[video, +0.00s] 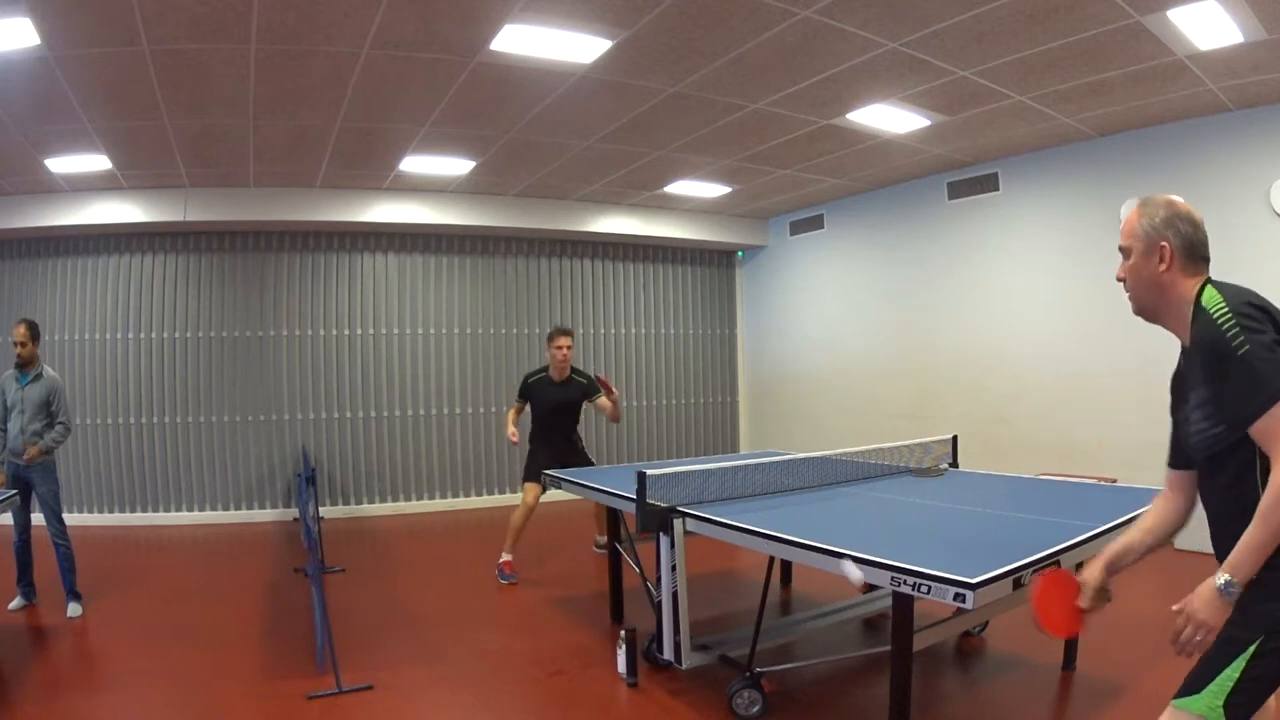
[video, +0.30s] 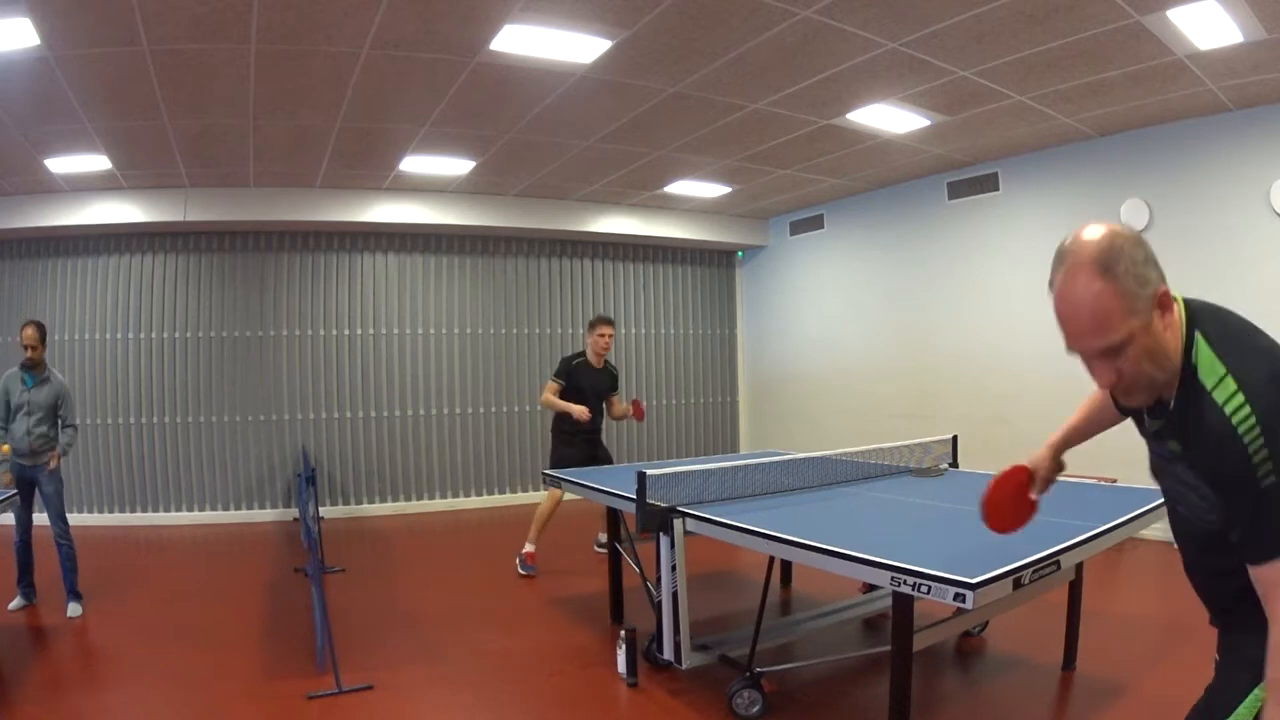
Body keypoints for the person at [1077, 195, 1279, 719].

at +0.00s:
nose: (1118, 273)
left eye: (1126, 255)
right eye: (1120, 257)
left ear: (1163, 257)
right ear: (1161, 260)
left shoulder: (1231, 329)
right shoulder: (1191, 359)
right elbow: (1177, 496)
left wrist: (1225, 586)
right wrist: (1106, 560)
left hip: (1275, 583)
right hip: (1259, 580)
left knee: (1188, 713)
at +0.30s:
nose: (1103, 379)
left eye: (1115, 351)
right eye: (1085, 358)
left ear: (1165, 311)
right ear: (1070, 338)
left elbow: (1279, 612)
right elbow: (1119, 396)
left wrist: (1273, 703)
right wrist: (1054, 447)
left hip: (1260, 635)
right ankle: (1233, 690)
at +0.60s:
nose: (1043, 409)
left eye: (1039, 392)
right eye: (1032, 396)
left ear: (1086, 357)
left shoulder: (1248, 436)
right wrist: (1191, 555)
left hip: (1267, 612)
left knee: (1228, 706)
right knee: (1233, 697)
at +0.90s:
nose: (1112, 288)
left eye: (1099, 270)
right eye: (1100, 273)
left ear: (1111, 258)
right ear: (1164, 219)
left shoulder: (1223, 323)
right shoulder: (1225, 279)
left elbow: (1272, 525)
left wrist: (1189, 665)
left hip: (1271, 633)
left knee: (1226, 710)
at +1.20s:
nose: (1233, 229)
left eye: (1233, 219)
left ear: (1240, 227)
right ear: (1278, 222)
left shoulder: (1265, 301)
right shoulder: (1263, 298)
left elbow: (1277, 427)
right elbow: (1276, 427)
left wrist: (1228, 529)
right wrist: (1233, 527)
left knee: (1241, 693)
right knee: (1245, 687)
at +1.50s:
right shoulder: (1279, 280)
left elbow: (1277, 362)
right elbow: (1275, 364)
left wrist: (1254, 458)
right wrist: (1255, 459)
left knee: (1279, 612)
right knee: (1278, 611)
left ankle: (1268, 708)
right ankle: (1263, 704)